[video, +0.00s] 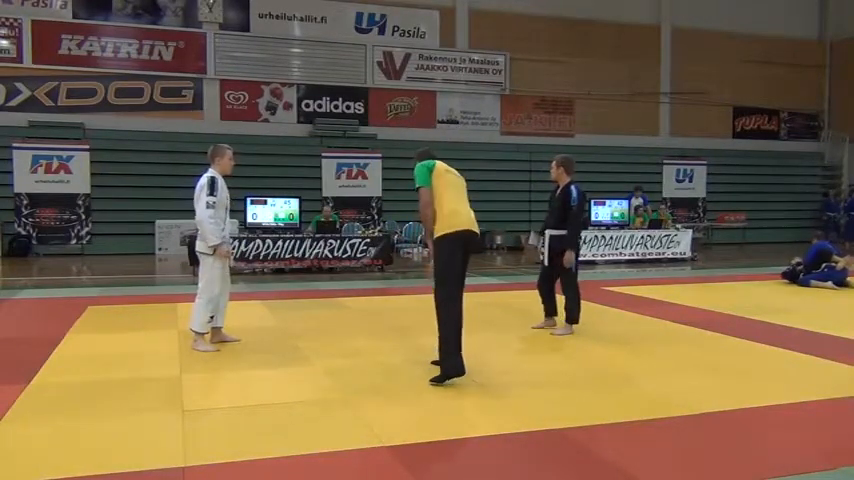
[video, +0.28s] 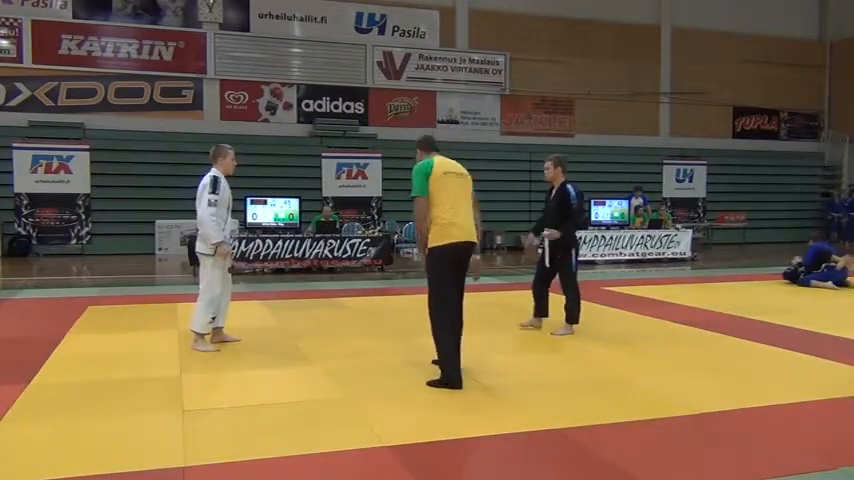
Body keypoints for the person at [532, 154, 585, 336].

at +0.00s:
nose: (550, 171)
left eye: (552, 168)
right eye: (551, 168)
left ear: (561, 170)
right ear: (561, 170)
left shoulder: (573, 191)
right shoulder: (556, 191)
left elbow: (575, 223)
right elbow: (551, 218)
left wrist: (571, 249)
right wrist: (541, 237)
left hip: (565, 243)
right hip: (551, 242)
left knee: (569, 285)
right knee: (544, 283)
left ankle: (569, 323)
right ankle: (549, 318)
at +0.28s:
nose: (545, 172)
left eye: (548, 169)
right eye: (544, 169)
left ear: (559, 169)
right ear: (552, 171)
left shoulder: (569, 191)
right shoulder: (551, 192)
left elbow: (575, 218)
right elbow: (547, 216)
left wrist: (560, 232)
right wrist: (533, 232)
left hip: (566, 244)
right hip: (550, 243)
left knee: (569, 284)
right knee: (540, 282)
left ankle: (570, 323)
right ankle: (537, 318)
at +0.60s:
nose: (526, 176)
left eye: (528, 172)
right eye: (525, 173)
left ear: (539, 171)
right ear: (530, 174)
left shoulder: (554, 189)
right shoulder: (534, 193)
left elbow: (563, 218)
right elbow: (532, 220)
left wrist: (544, 222)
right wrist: (517, 230)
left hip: (557, 243)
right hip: (541, 243)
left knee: (564, 282)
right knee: (535, 282)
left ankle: (569, 323)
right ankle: (527, 319)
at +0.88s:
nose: (506, 179)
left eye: (508, 175)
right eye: (505, 176)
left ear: (518, 173)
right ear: (515, 175)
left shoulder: (534, 190)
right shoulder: (517, 193)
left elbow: (538, 216)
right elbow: (513, 219)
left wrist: (535, 238)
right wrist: (500, 241)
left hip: (541, 238)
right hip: (525, 239)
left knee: (543, 281)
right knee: (523, 282)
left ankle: (560, 317)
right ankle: (524, 320)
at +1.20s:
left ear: (508, 176)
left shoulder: (523, 191)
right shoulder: (502, 194)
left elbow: (530, 219)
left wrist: (523, 242)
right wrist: (505, 242)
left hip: (528, 240)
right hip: (513, 240)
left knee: (526, 281)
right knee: (514, 282)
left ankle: (523, 322)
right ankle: (521, 318)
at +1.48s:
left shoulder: (519, 196)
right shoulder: (495, 195)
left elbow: (521, 221)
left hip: (517, 240)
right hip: (500, 239)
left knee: (512, 283)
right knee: (498, 280)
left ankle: (507, 327)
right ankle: (517, 312)